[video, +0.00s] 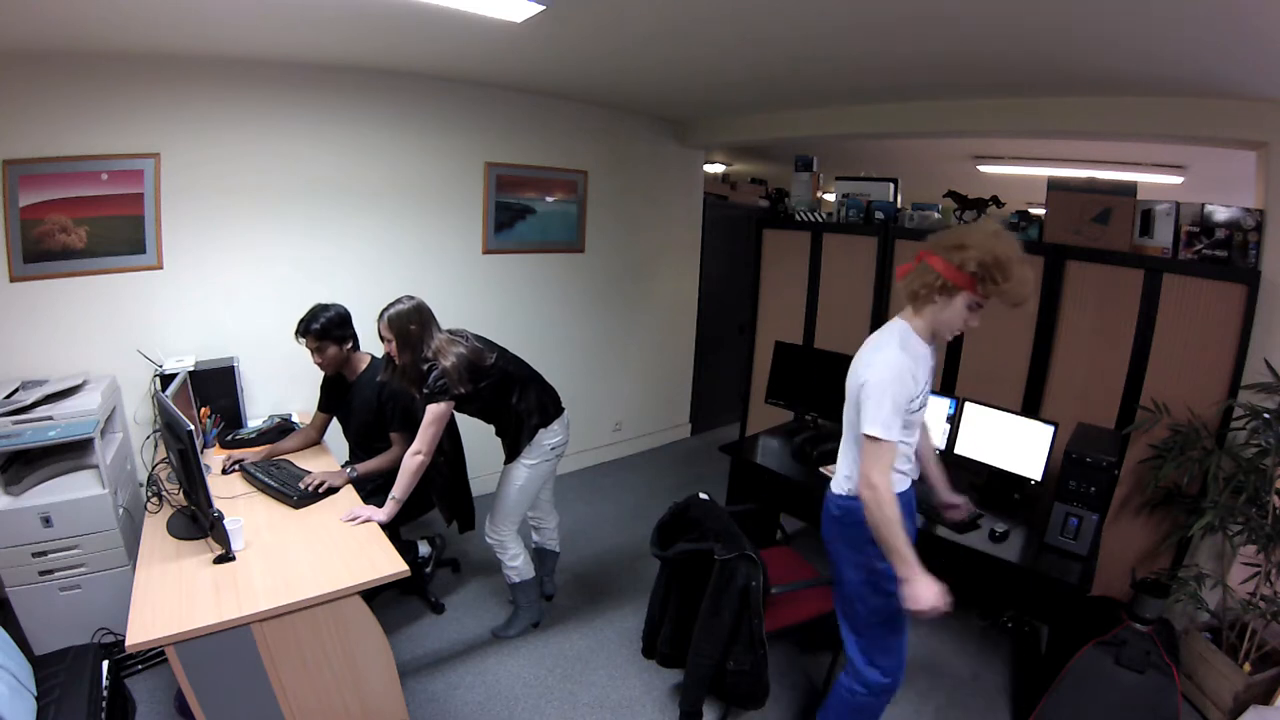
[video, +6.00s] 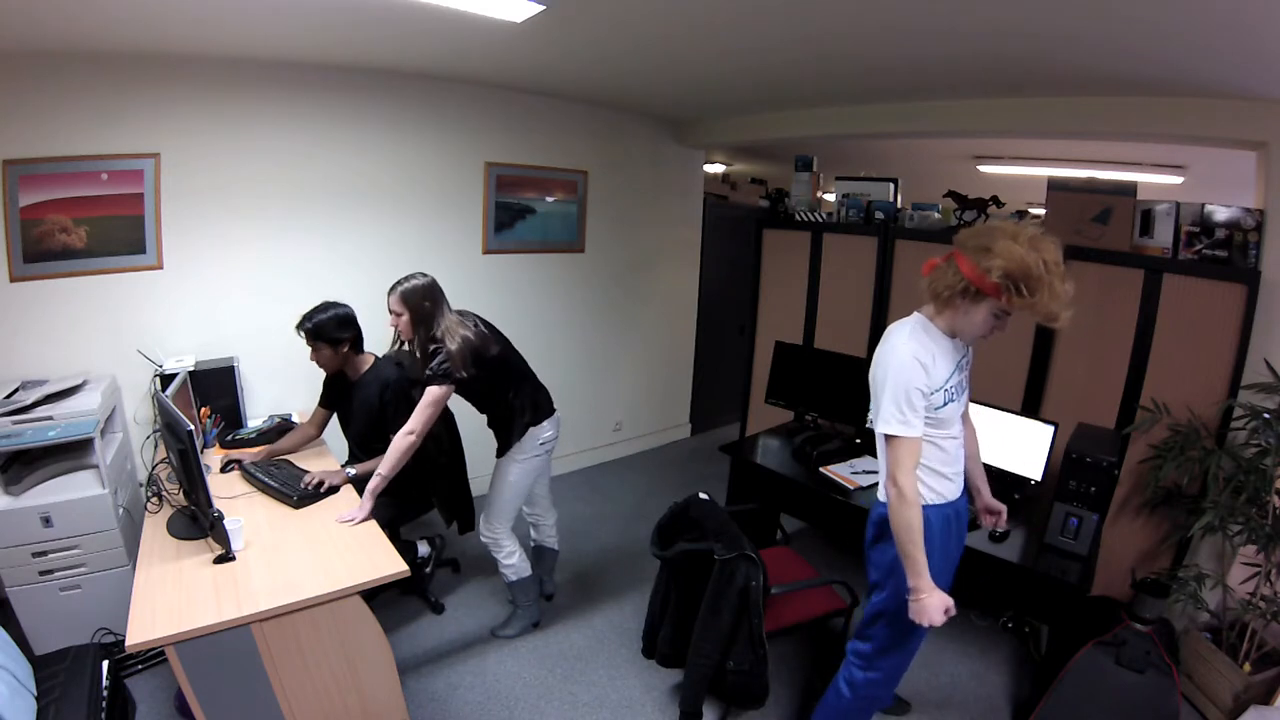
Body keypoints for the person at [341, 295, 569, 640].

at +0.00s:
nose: (386, 349)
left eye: (389, 341)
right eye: (384, 341)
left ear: (411, 338)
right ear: (420, 331)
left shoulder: (444, 369)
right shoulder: (450, 340)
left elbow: (420, 452)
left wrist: (388, 509)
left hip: (539, 433)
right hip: (547, 421)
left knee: (500, 530)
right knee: (541, 507)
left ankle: (528, 607)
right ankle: (546, 581)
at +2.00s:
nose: (387, 349)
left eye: (389, 341)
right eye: (384, 340)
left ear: (411, 338)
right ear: (421, 330)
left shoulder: (443, 370)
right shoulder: (450, 340)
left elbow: (420, 452)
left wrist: (388, 509)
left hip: (539, 433)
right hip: (547, 421)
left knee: (501, 530)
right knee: (541, 508)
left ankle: (528, 607)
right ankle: (546, 581)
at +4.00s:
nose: (384, 343)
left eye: (388, 335)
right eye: (383, 335)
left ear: (411, 335)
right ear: (420, 330)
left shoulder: (442, 369)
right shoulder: (448, 341)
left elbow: (420, 452)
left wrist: (388, 509)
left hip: (537, 432)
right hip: (546, 420)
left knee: (500, 530)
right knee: (542, 507)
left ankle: (527, 609)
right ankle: (546, 581)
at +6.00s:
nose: (392, 323)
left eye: (396, 315)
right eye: (391, 314)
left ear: (421, 312)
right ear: (429, 310)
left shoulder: (449, 349)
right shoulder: (460, 321)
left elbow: (412, 433)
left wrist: (369, 495)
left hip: (526, 431)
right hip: (539, 419)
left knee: (494, 528)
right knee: (539, 507)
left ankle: (527, 607)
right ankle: (545, 581)